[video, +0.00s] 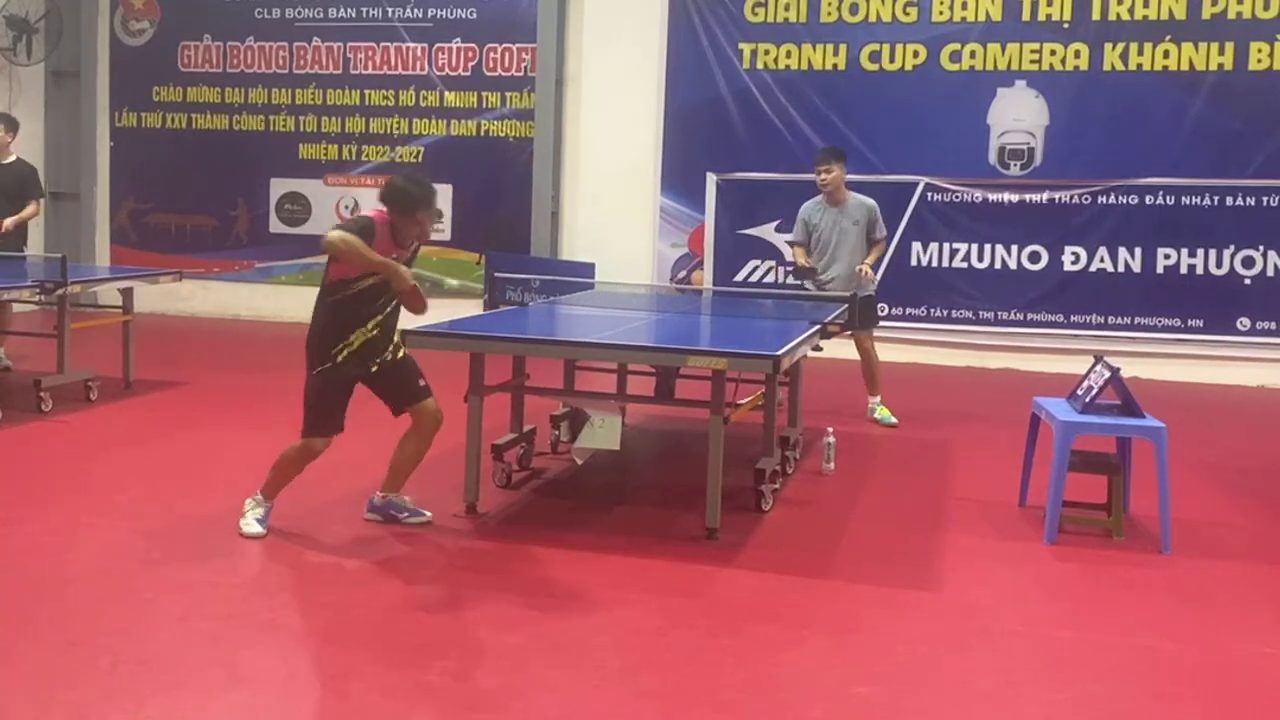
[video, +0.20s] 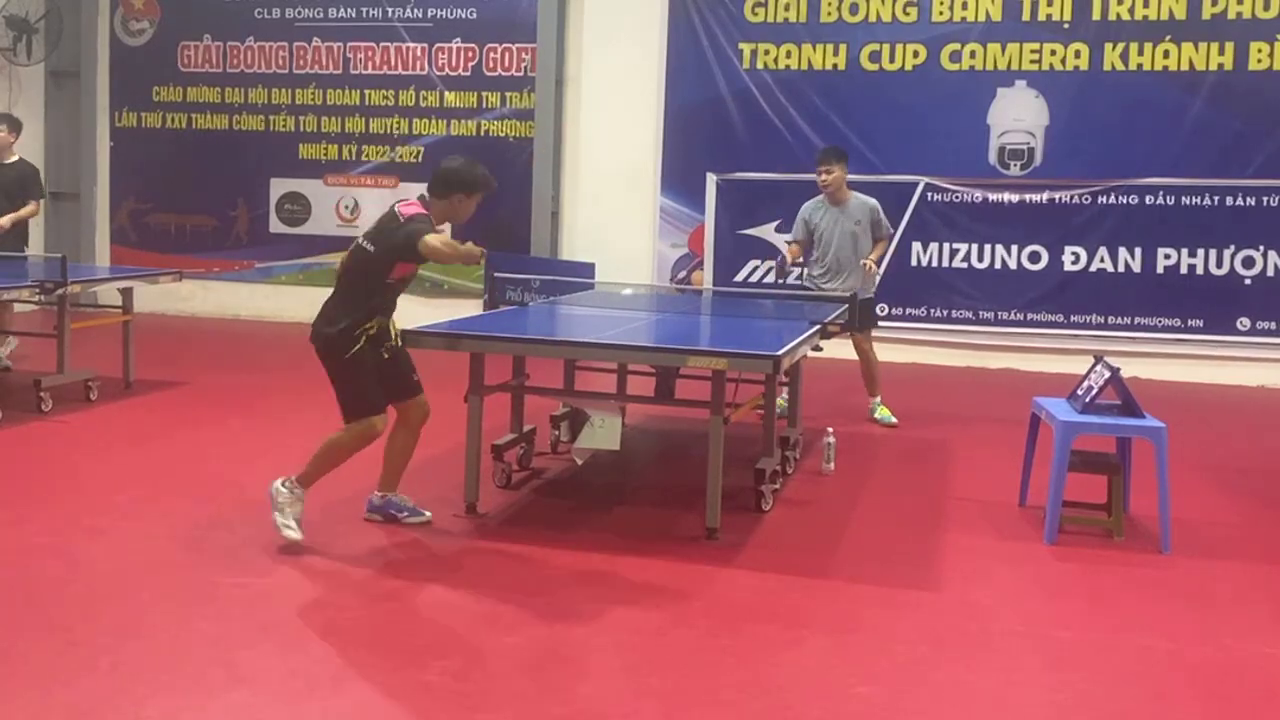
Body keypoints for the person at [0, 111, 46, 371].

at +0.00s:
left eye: (1, 132)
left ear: (11, 136)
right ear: (5, 135)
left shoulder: (26, 170)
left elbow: (35, 206)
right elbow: (34, 206)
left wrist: (13, 220)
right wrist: (14, 220)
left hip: (10, 248)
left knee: (4, 300)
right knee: (3, 301)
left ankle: (2, 348)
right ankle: (2, 349)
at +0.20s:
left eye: (2, 132)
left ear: (13, 136)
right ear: (6, 136)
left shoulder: (27, 170)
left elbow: (34, 206)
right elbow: (34, 206)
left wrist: (11, 218)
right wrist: (12, 218)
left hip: (11, 247)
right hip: (4, 245)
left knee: (6, 298)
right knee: (4, 298)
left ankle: (6, 340)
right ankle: (6, 338)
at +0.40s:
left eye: (2, 132)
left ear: (13, 137)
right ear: (6, 136)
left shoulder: (28, 170)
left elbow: (36, 205)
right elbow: (36, 205)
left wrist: (14, 222)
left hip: (13, 247)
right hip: (2, 246)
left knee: (6, 299)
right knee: (4, 299)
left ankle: (6, 345)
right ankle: (8, 342)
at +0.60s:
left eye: (1, 134)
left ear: (11, 138)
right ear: (6, 137)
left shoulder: (28, 170)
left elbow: (39, 204)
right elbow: (39, 204)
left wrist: (17, 222)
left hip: (15, 249)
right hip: (2, 248)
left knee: (8, 300)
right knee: (5, 301)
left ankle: (6, 346)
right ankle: (10, 344)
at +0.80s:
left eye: (2, 134)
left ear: (12, 137)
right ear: (7, 137)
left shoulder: (31, 169)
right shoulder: (5, 167)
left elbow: (41, 202)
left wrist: (19, 221)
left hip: (22, 248)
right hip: (4, 247)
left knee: (22, 300)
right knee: (5, 300)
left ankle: (21, 346)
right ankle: (7, 345)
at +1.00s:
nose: (0, 138)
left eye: (5, 133)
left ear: (19, 137)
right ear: (3, 137)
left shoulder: (35, 169)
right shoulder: (3, 168)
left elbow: (45, 204)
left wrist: (19, 222)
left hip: (28, 247)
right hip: (4, 247)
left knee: (34, 297)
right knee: (5, 299)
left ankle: (50, 344)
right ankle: (11, 345)